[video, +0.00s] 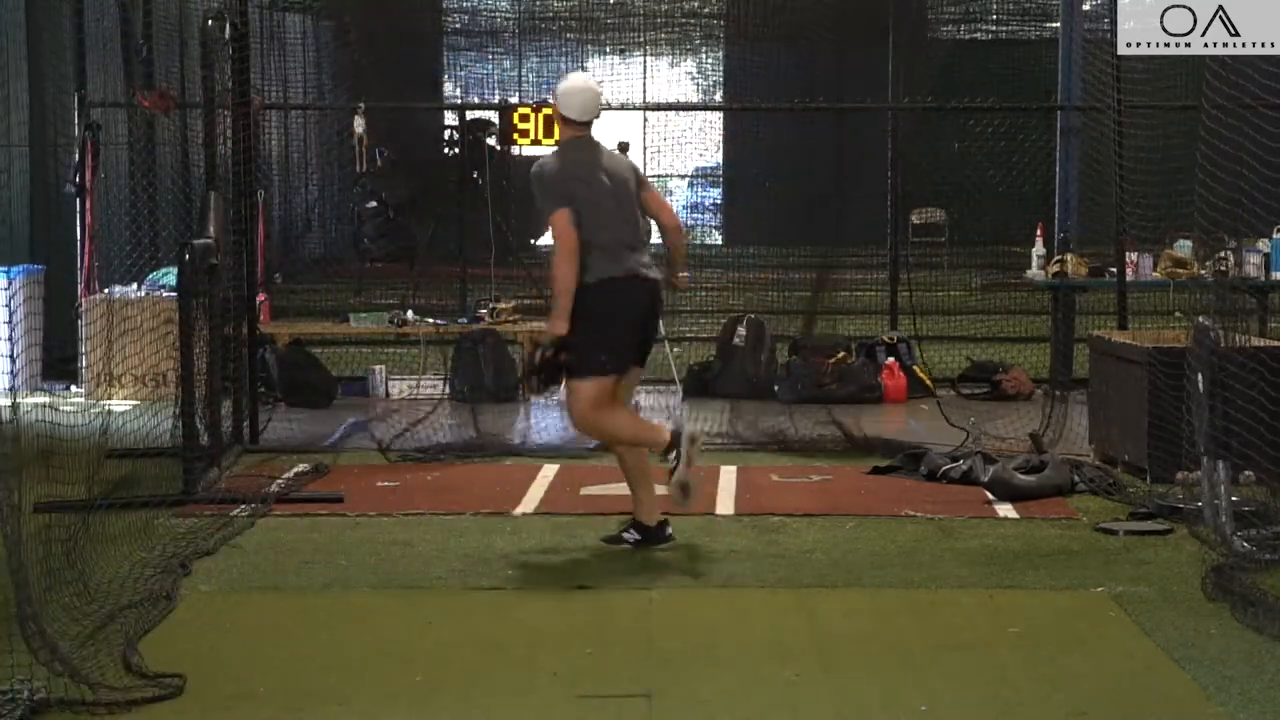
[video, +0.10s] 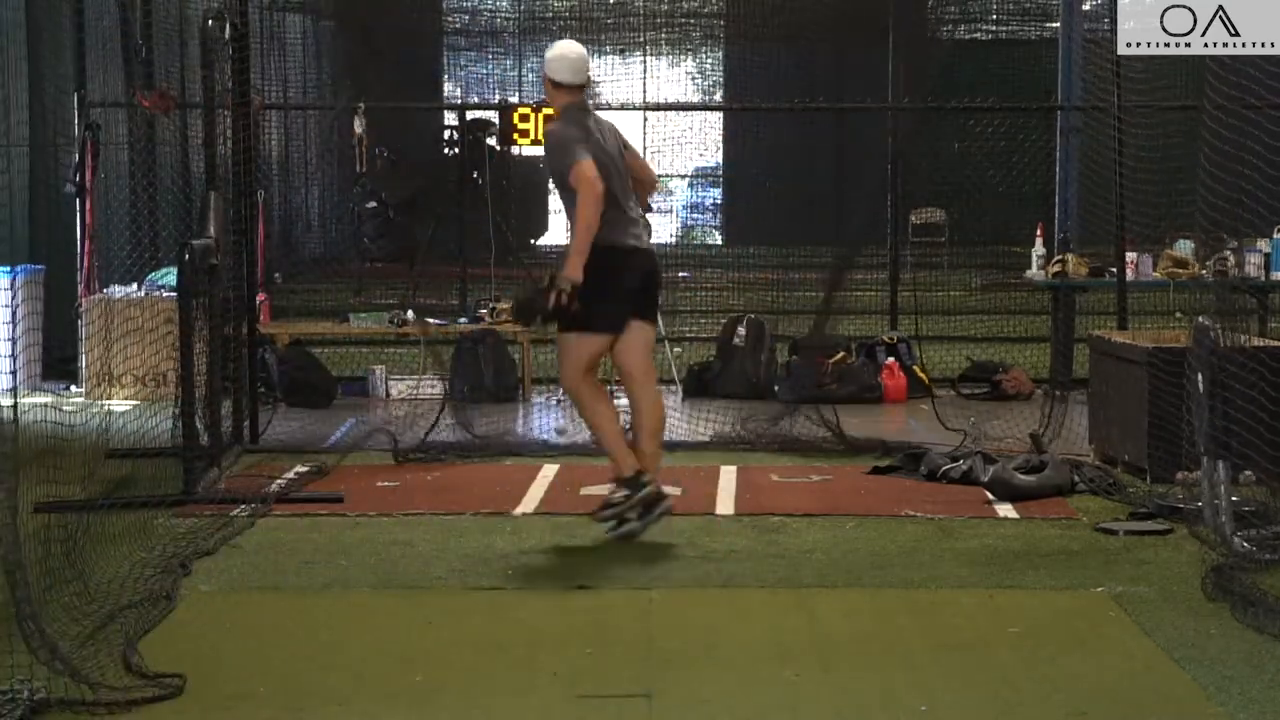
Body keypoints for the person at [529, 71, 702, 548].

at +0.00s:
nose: (556, 118)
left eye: (555, 111)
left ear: (556, 114)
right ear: (596, 116)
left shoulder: (549, 168)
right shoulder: (621, 164)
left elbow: (567, 243)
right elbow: (672, 224)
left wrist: (560, 317)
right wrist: (676, 272)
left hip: (601, 295)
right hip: (645, 293)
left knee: (586, 412)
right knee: (616, 408)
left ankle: (671, 442)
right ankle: (649, 521)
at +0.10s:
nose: (546, 88)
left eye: (546, 82)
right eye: (554, 83)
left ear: (547, 85)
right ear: (586, 84)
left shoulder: (561, 131)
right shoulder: (604, 126)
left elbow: (591, 188)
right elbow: (646, 176)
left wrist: (574, 262)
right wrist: (624, 215)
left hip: (605, 261)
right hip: (640, 260)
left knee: (576, 374)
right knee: (639, 374)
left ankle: (630, 477)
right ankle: (648, 488)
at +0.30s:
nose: (548, 91)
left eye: (548, 85)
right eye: (551, 85)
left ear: (553, 87)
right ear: (588, 85)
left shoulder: (576, 123)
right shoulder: (588, 126)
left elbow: (611, 155)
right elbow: (591, 197)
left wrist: (577, 198)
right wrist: (547, 211)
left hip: (583, 265)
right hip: (611, 262)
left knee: (577, 380)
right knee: (615, 372)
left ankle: (597, 492)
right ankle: (677, 465)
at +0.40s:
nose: (546, 109)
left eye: (549, 102)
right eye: (549, 102)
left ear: (558, 105)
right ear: (585, 105)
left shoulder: (580, 143)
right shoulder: (579, 146)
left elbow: (605, 181)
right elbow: (572, 209)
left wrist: (581, 208)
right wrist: (527, 217)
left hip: (582, 280)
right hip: (603, 279)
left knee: (568, 388)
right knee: (598, 379)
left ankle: (602, 501)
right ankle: (666, 452)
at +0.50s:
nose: (549, 99)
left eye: (550, 93)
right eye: (552, 93)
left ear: (556, 94)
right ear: (587, 93)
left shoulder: (583, 134)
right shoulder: (579, 136)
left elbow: (600, 190)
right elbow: (564, 206)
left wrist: (578, 235)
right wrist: (519, 229)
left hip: (582, 264)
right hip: (590, 264)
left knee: (577, 374)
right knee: (589, 366)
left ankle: (599, 493)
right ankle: (626, 448)